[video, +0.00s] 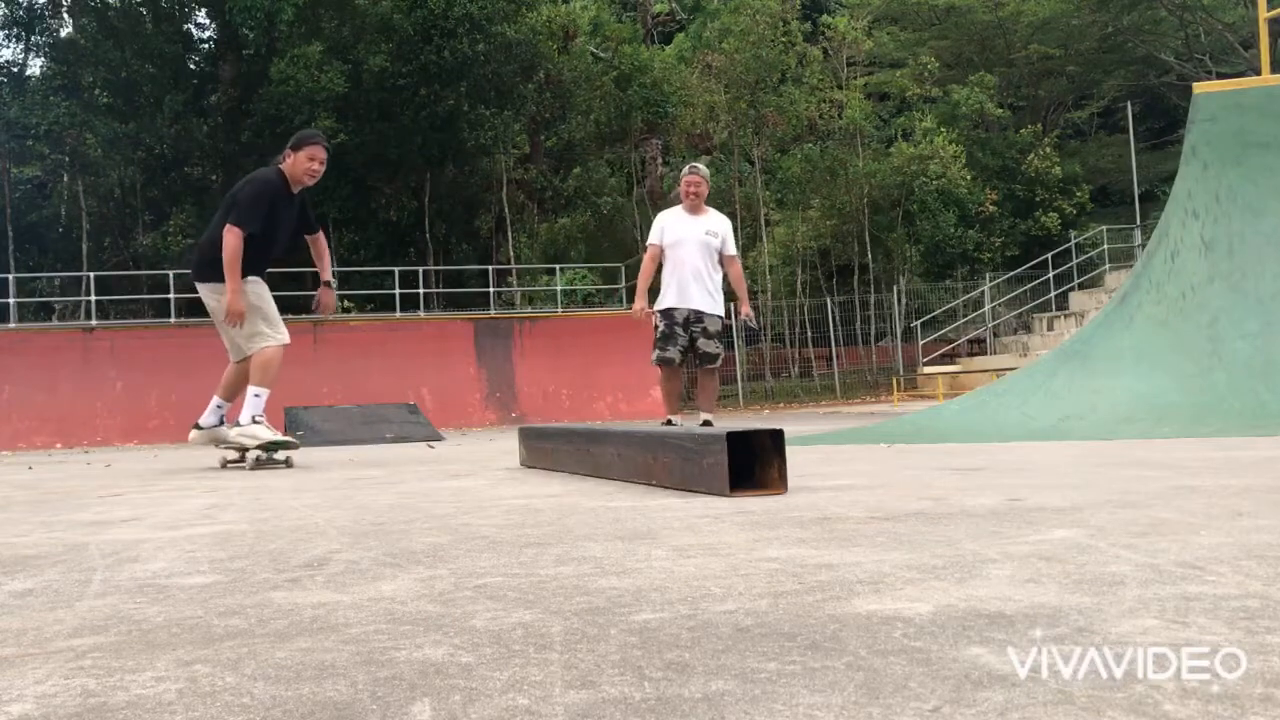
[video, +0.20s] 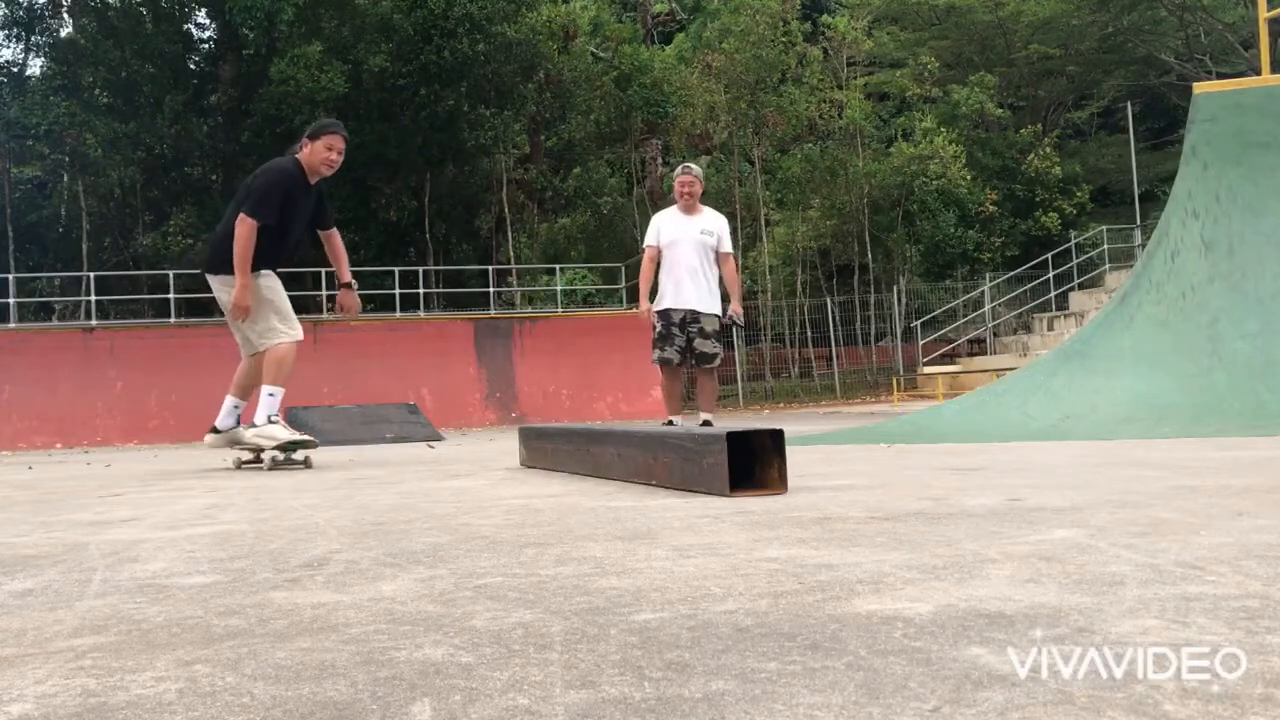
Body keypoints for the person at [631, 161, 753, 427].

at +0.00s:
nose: (692, 190)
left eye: (698, 185)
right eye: (687, 185)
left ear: (707, 189)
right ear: (680, 187)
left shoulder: (721, 222)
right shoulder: (664, 218)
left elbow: (732, 263)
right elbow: (651, 258)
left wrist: (744, 301)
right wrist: (640, 296)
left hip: (708, 306)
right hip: (671, 304)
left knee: (708, 365)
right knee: (669, 364)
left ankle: (706, 419)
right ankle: (672, 419)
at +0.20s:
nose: (685, 190)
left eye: (691, 185)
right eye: (680, 185)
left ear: (701, 188)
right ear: (674, 188)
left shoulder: (717, 220)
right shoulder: (660, 219)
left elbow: (727, 262)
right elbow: (649, 260)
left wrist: (735, 300)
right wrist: (643, 299)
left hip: (706, 306)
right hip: (668, 305)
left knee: (707, 366)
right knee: (670, 367)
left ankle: (706, 420)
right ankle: (673, 421)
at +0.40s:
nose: (679, 189)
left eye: (684, 184)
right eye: (674, 184)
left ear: (695, 187)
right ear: (668, 188)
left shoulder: (712, 220)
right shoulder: (655, 220)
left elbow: (723, 259)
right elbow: (645, 262)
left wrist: (725, 295)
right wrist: (646, 301)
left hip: (703, 307)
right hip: (666, 306)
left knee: (705, 366)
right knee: (670, 367)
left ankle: (706, 418)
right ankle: (673, 420)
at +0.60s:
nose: (673, 189)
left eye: (678, 183)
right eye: (668, 184)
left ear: (689, 186)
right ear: (662, 188)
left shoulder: (708, 219)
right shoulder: (651, 221)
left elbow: (718, 259)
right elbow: (642, 264)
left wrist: (717, 291)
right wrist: (643, 303)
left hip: (699, 306)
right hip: (663, 307)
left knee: (704, 365)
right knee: (669, 366)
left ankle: (705, 418)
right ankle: (673, 420)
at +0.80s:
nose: (669, 189)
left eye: (674, 184)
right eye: (664, 185)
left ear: (684, 187)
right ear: (658, 189)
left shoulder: (704, 219)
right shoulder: (647, 222)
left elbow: (715, 259)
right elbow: (639, 263)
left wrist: (721, 295)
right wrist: (633, 301)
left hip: (697, 305)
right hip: (661, 306)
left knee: (702, 365)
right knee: (668, 366)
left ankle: (705, 419)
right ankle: (673, 420)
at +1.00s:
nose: (666, 190)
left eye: (671, 185)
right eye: (661, 186)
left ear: (683, 187)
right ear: (655, 190)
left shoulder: (701, 219)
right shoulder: (644, 223)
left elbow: (714, 259)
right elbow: (636, 264)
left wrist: (727, 297)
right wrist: (628, 303)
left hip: (696, 305)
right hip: (660, 307)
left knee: (701, 365)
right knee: (667, 366)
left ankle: (705, 419)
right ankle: (673, 421)